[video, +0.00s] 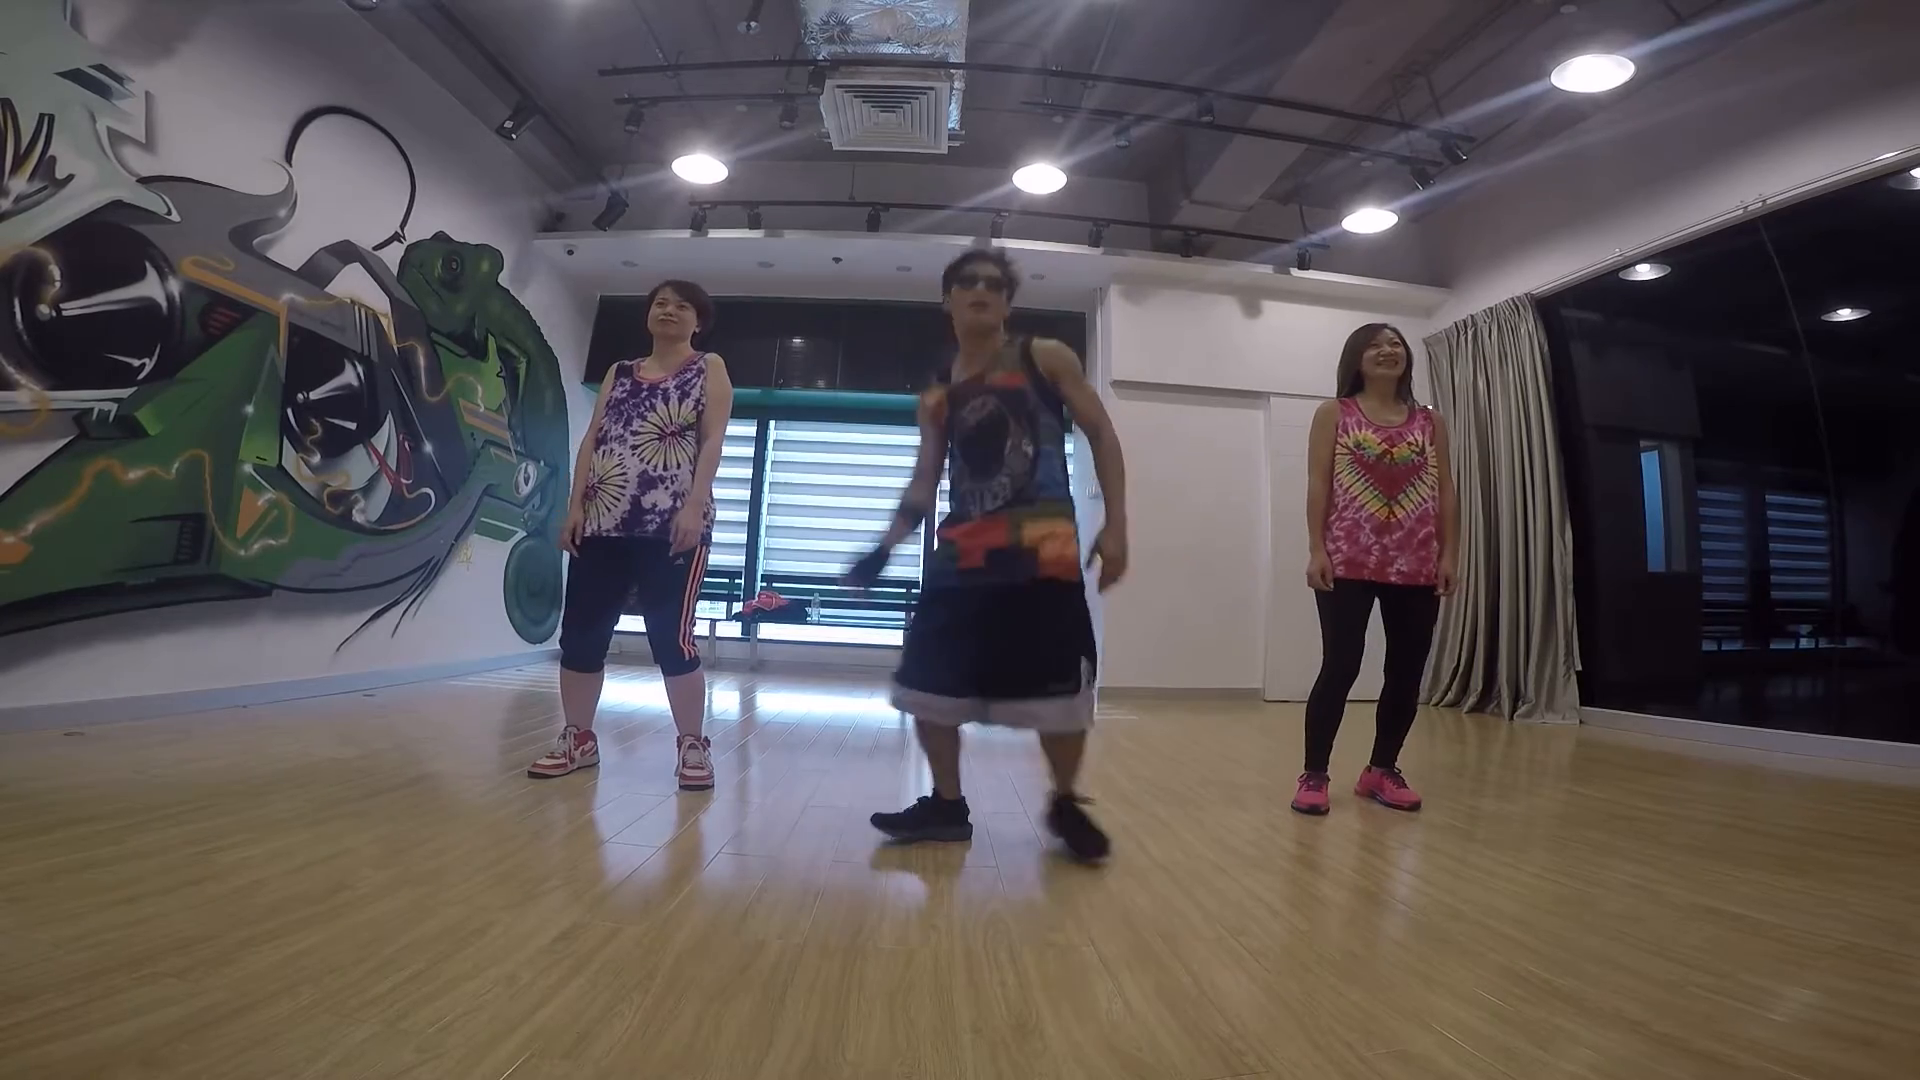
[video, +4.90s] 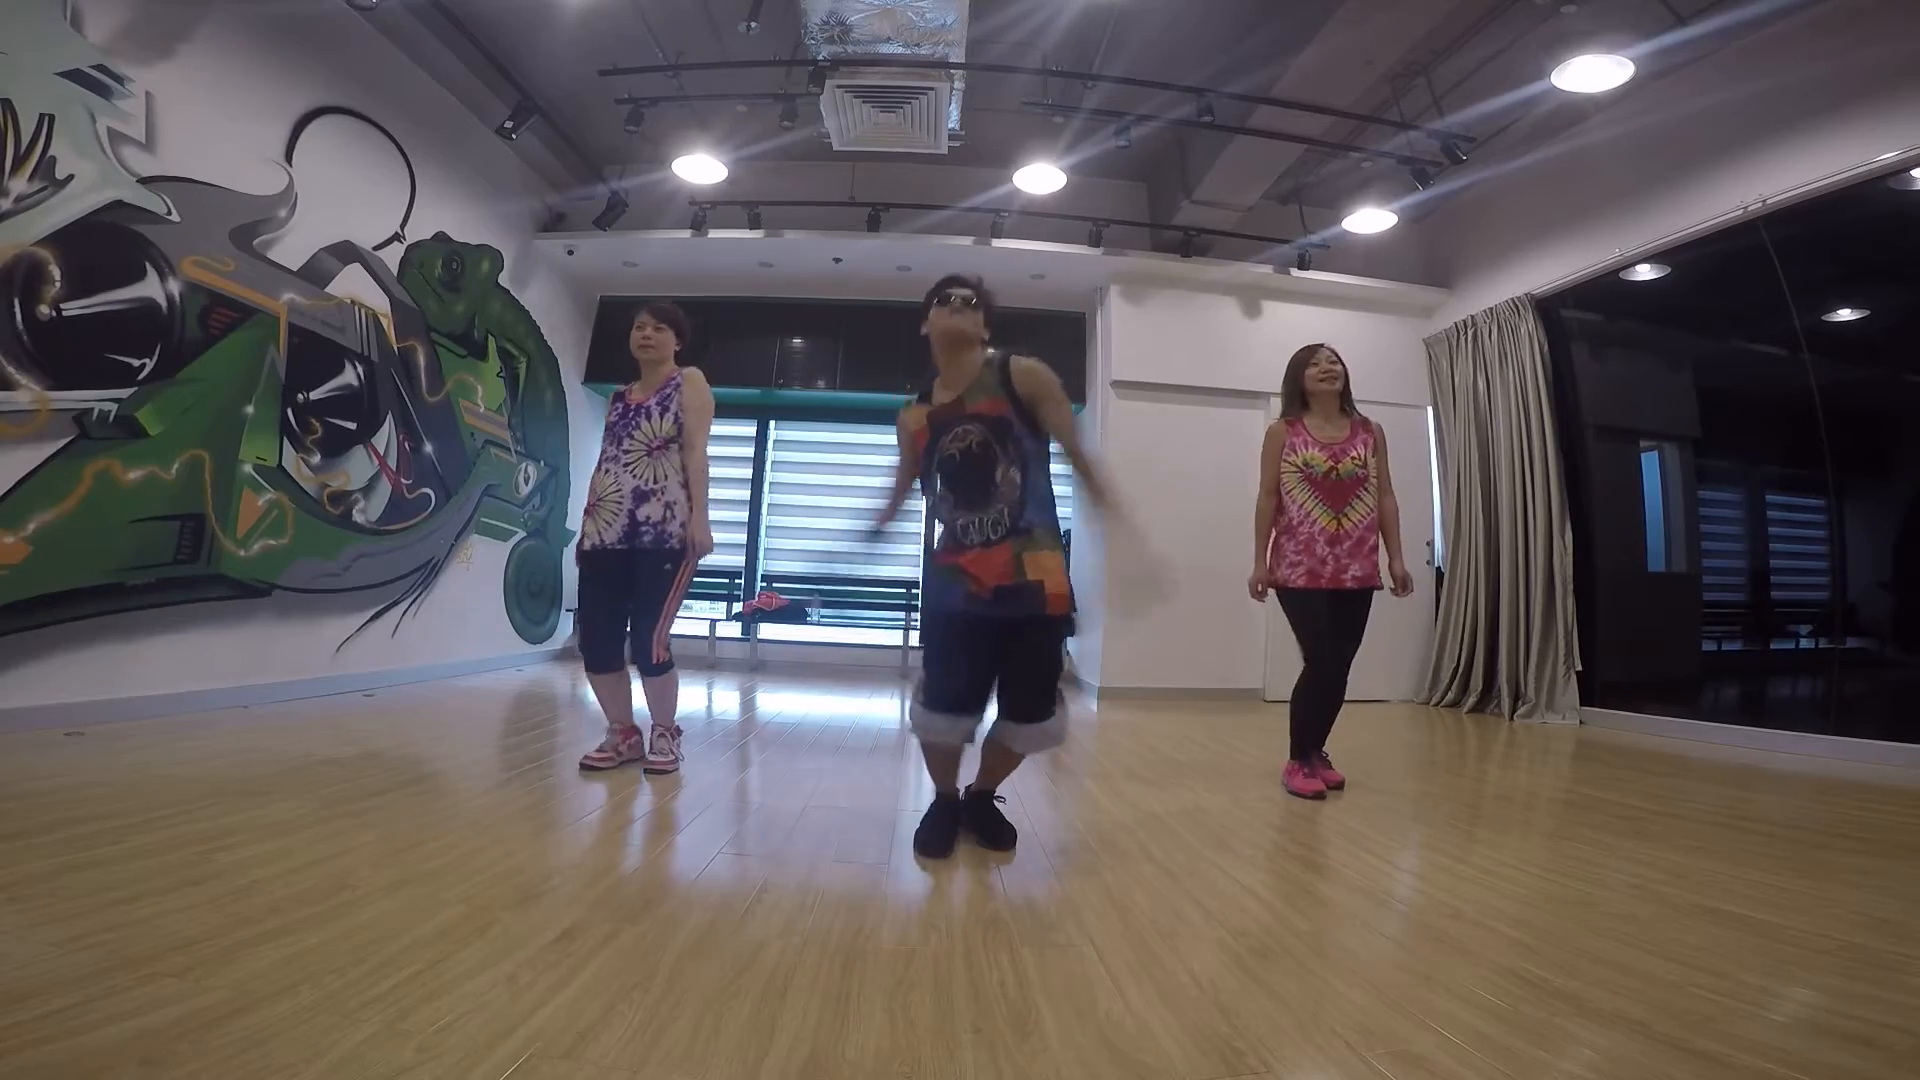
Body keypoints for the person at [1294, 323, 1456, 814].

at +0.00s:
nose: (1387, 350)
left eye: (1395, 343)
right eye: (1375, 345)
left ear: (1407, 359)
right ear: (1356, 361)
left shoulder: (1430, 421)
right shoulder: (1334, 413)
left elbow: (1445, 488)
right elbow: (1319, 483)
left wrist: (1448, 553)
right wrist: (1317, 549)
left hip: (1415, 565)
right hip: (1348, 562)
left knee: (1405, 674)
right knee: (1340, 669)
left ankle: (1381, 771)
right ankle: (1315, 775)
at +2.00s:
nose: (1364, 352)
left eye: (1372, 349)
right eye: (1351, 349)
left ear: (1382, 368)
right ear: (1331, 368)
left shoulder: (1398, 431)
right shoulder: (1309, 419)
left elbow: (1414, 504)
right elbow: (1293, 490)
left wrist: (1430, 568)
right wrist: (1290, 557)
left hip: (1386, 577)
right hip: (1325, 573)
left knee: (1379, 679)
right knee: (1354, 665)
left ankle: (1348, 772)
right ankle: (1299, 767)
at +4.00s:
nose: (1313, 375)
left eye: (1319, 369)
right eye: (1300, 371)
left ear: (1330, 383)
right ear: (1284, 387)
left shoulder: (1354, 439)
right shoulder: (1268, 440)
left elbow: (1367, 505)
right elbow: (1256, 505)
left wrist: (1374, 567)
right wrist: (1246, 566)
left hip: (1339, 576)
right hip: (1279, 574)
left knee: (1355, 656)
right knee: (1300, 662)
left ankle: (1312, 729)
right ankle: (1280, 755)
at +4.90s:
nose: (1326, 367)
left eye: (1334, 361)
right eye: (1314, 363)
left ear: (1346, 375)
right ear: (1298, 380)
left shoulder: (1368, 431)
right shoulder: (1283, 432)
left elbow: (1385, 496)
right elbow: (1268, 497)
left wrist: (1396, 556)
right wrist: (1260, 561)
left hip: (1357, 570)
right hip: (1298, 569)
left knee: (1338, 668)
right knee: (1321, 663)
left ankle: (1316, 754)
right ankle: (1299, 761)